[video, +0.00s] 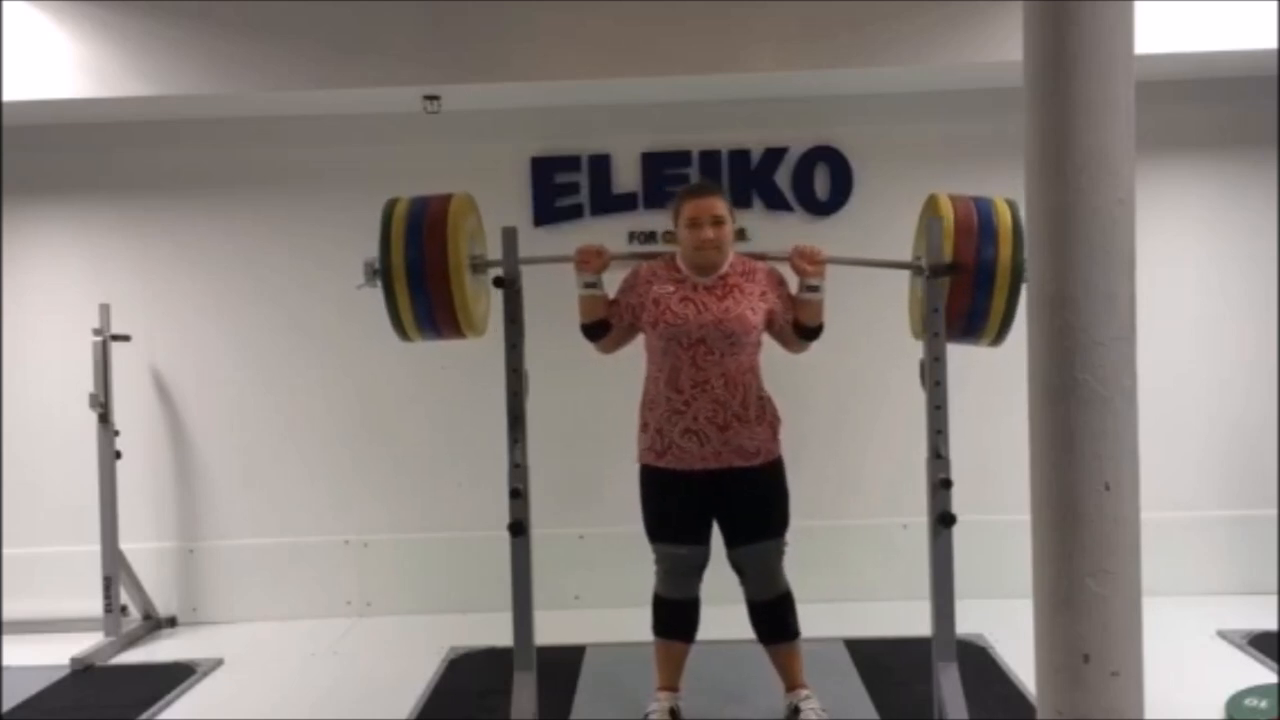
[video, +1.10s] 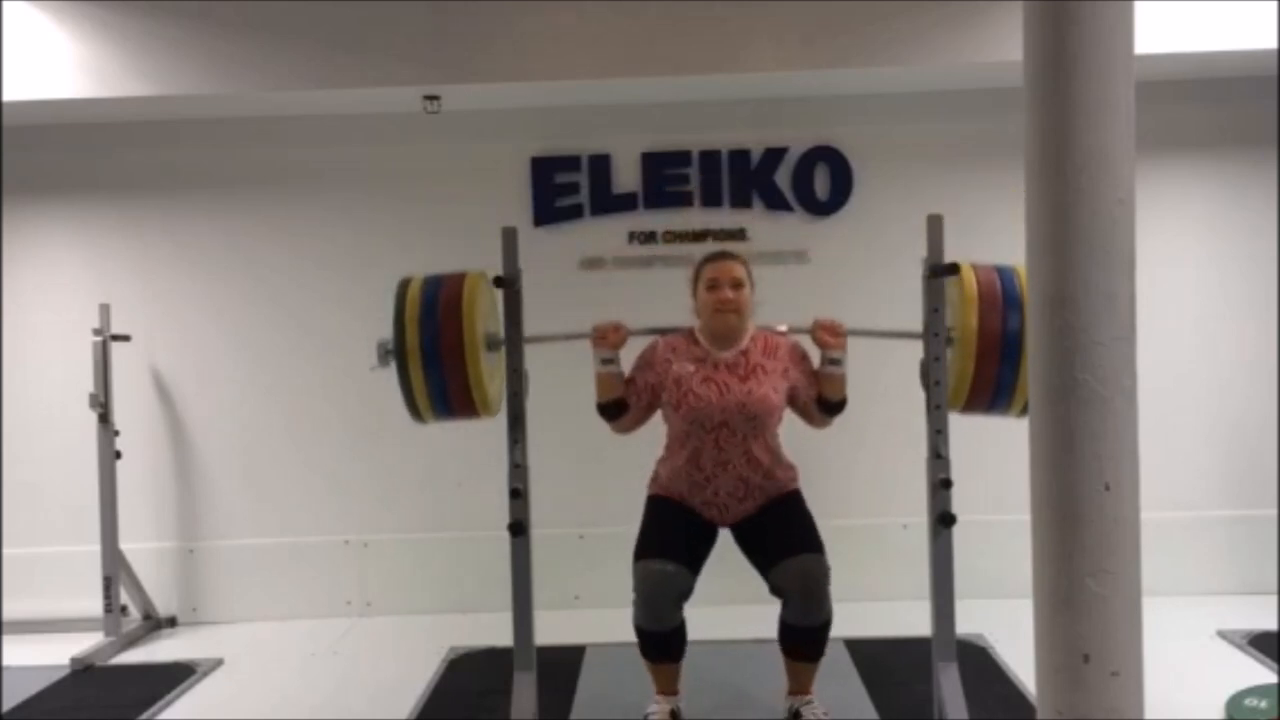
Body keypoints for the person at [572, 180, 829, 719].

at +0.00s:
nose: (707, 233)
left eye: (717, 222)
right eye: (695, 224)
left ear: (733, 228)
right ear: (676, 231)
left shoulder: (758, 278)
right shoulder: (649, 280)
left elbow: (799, 339)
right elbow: (604, 339)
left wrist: (810, 285)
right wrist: (590, 281)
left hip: (748, 456)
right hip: (672, 458)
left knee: (764, 576)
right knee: (676, 579)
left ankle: (799, 695)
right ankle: (665, 699)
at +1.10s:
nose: (726, 294)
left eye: (736, 285)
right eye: (713, 286)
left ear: (752, 297)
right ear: (695, 300)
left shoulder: (780, 352)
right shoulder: (666, 354)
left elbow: (822, 414)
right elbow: (621, 418)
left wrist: (833, 357)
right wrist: (606, 357)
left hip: (764, 489)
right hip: (682, 492)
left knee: (808, 584)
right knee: (656, 590)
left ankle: (801, 700)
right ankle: (665, 703)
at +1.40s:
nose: (730, 367)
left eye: (741, 358)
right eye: (717, 359)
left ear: (757, 370)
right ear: (699, 372)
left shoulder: (786, 421)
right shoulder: (671, 423)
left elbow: (828, 484)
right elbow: (627, 488)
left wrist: (840, 429)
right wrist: (611, 429)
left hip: (770, 545)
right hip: (688, 547)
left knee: (820, 604)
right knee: (650, 611)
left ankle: (801, 703)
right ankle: (667, 705)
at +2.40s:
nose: (732, 294)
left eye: (742, 287)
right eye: (719, 287)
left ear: (759, 303)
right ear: (700, 306)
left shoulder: (784, 355)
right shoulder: (670, 357)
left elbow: (828, 418)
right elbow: (626, 421)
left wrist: (840, 363)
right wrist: (611, 363)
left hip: (769, 489)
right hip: (687, 492)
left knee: (805, 583)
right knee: (658, 587)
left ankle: (800, 701)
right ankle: (665, 702)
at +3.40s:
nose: (731, 371)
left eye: (742, 363)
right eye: (718, 363)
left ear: (757, 376)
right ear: (700, 377)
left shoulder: (786, 428)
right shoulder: (671, 428)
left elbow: (829, 491)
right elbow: (627, 491)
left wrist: (840, 435)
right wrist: (612, 435)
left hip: (770, 553)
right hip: (686, 554)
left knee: (818, 603)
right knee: (644, 608)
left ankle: (801, 703)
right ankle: (666, 705)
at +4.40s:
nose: (730, 295)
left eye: (740, 288)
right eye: (717, 288)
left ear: (756, 303)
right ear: (697, 305)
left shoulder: (782, 355)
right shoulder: (668, 358)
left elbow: (827, 419)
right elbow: (623, 422)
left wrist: (838, 362)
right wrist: (608, 363)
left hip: (769, 489)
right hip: (687, 491)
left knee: (802, 585)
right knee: (653, 584)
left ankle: (800, 701)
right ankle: (664, 702)